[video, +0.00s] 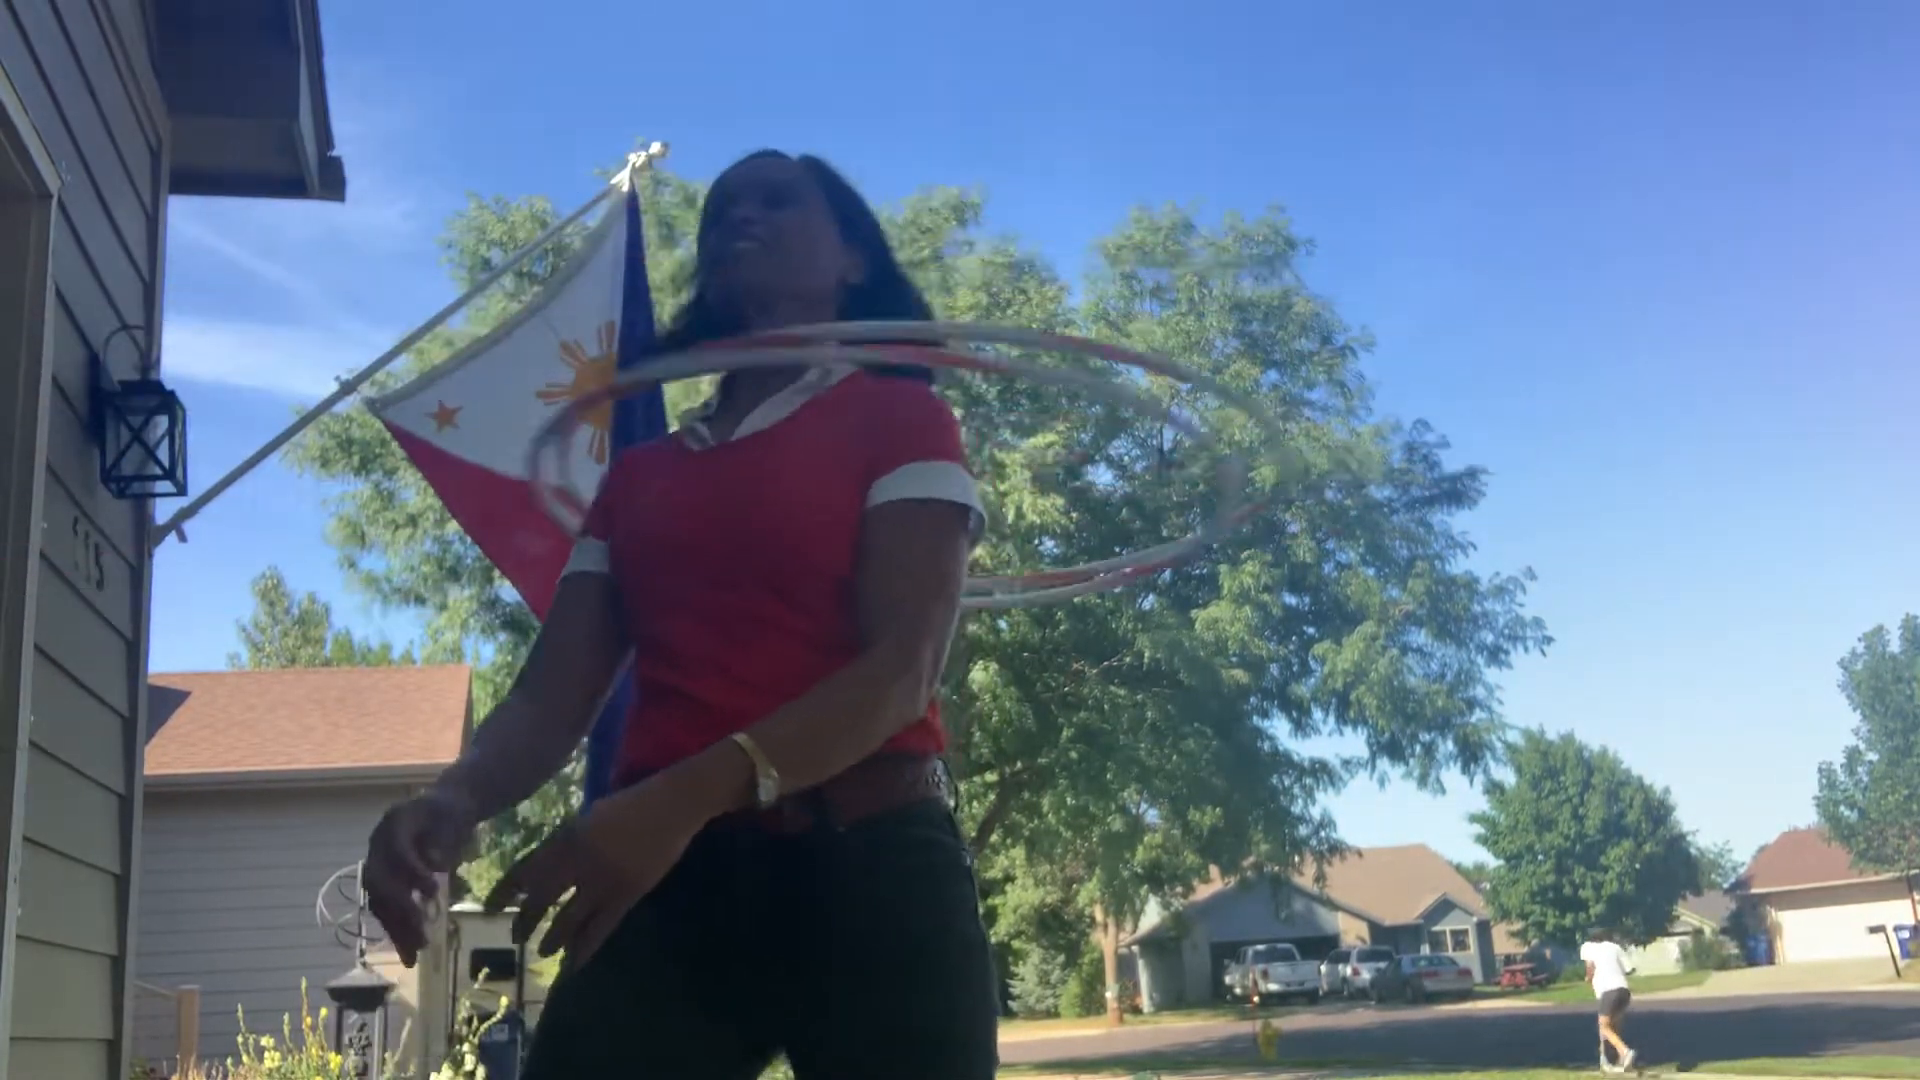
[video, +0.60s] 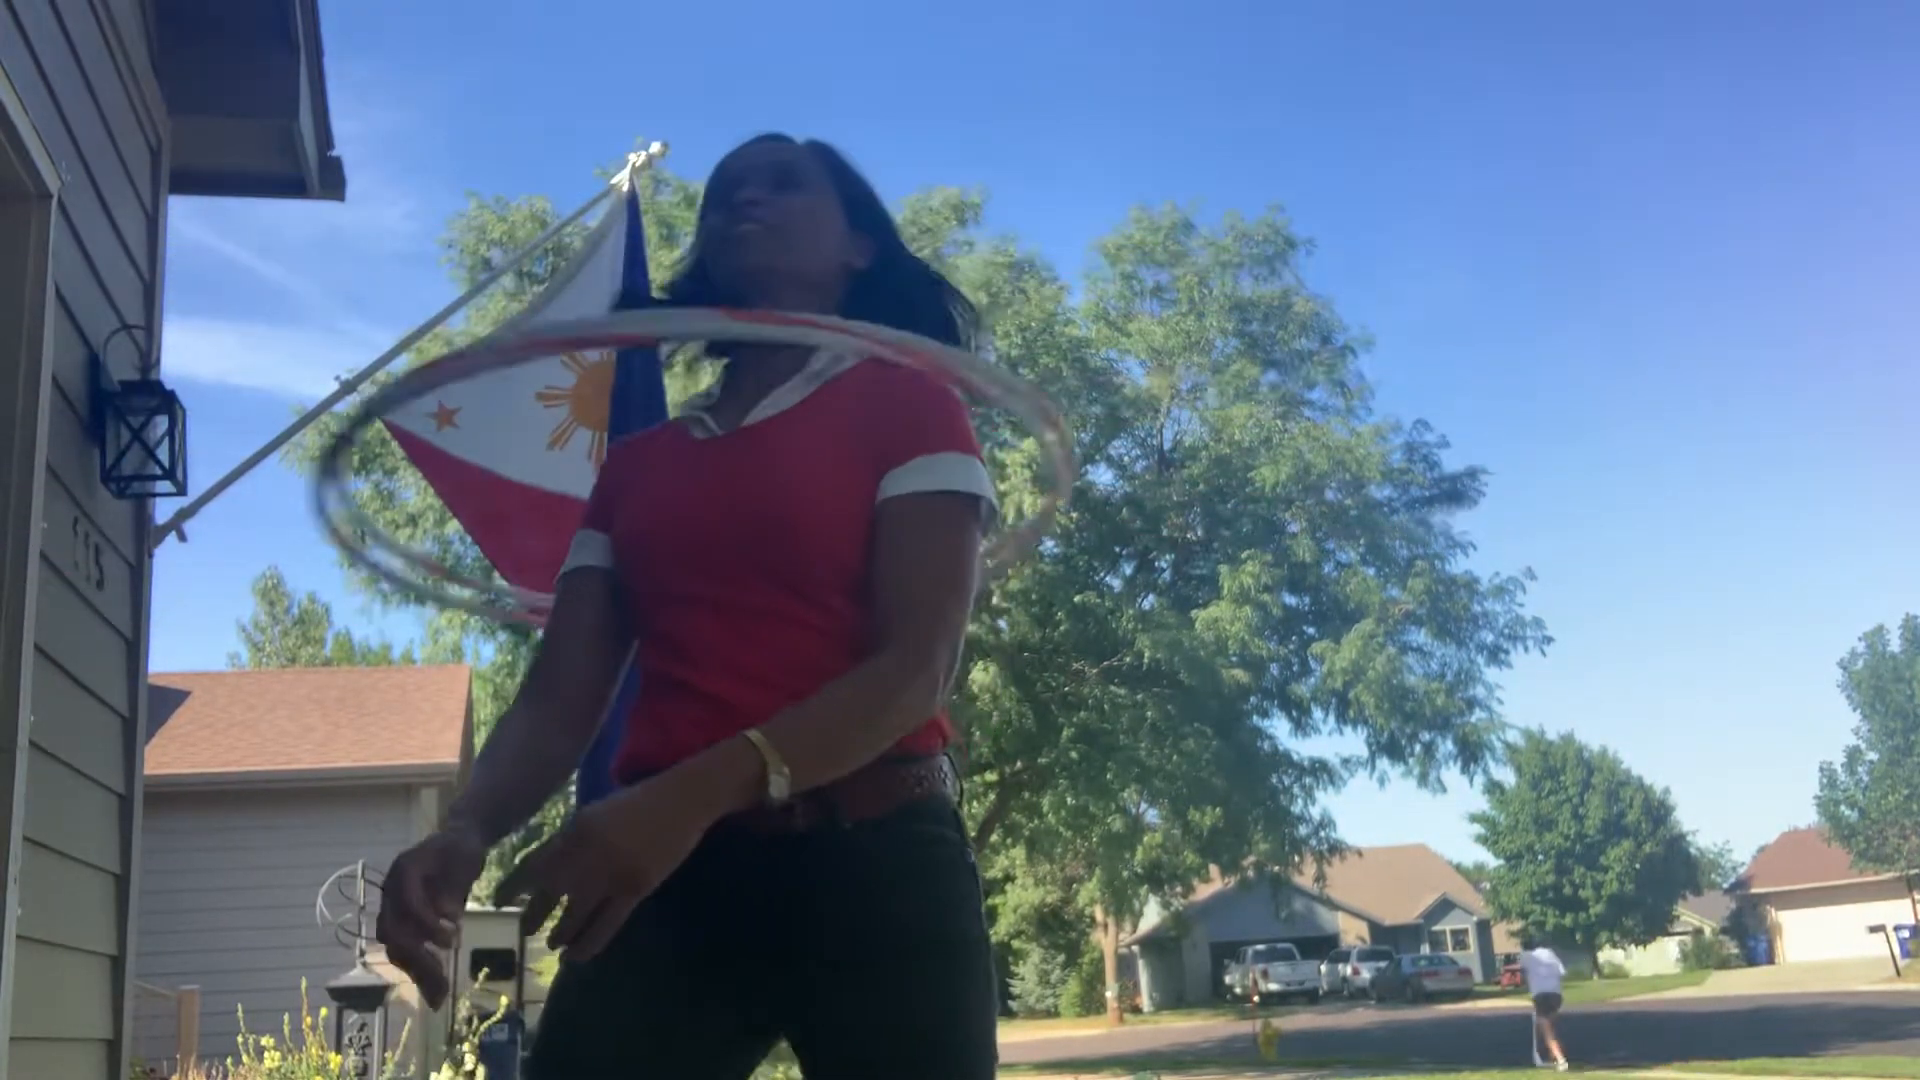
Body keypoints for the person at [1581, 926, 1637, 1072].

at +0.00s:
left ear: (1591, 937)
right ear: (1606, 937)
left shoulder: (1588, 946)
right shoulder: (1615, 946)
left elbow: (1590, 965)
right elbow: (1627, 968)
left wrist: (1589, 978)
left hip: (1608, 988)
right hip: (1624, 987)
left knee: (1604, 1026)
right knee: (1614, 1026)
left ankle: (1625, 1052)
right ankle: (1619, 1062)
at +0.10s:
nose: (1573, 944)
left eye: (1574, 942)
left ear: (1577, 939)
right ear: (1591, 937)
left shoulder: (1577, 947)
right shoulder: (1602, 947)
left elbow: (1580, 963)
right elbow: (1614, 967)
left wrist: (1578, 976)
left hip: (1597, 988)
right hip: (1613, 987)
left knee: (1587, 1023)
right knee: (1602, 1025)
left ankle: (1602, 1060)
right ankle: (1612, 1060)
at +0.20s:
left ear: (1569, 940)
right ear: (1583, 938)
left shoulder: (1566, 948)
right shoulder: (1593, 947)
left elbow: (1569, 962)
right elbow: (1606, 965)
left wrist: (1570, 974)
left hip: (1585, 988)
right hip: (1602, 988)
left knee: (1577, 1025)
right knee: (1594, 1024)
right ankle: (1600, 1060)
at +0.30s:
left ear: (1557, 944)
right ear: (1571, 941)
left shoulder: (1555, 951)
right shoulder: (1582, 948)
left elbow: (1558, 967)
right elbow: (1596, 966)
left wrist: (1562, 981)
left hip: (1574, 989)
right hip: (1591, 989)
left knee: (1566, 1026)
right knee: (1583, 1026)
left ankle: (1565, 1063)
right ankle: (1587, 1060)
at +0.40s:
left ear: (1550, 946)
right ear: (1563, 945)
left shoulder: (1548, 955)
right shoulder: (1572, 952)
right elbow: (1585, 969)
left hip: (1563, 993)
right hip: (1579, 993)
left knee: (1560, 1030)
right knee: (1573, 1030)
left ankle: (1564, 1063)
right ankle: (1578, 1061)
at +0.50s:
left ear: (1543, 947)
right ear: (1555, 945)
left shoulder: (1545, 957)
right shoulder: (1565, 956)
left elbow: (1531, 960)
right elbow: (1573, 971)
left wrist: (1531, 949)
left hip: (1552, 995)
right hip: (1567, 994)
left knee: (1553, 1032)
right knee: (1555, 1030)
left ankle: (1565, 1064)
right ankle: (1557, 1060)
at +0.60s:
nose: (1524, 951)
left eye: (1524, 948)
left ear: (1526, 946)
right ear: (1539, 944)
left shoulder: (1527, 956)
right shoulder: (1549, 953)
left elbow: (1521, 967)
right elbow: (1562, 971)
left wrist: (1505, 969)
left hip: (1540, 993)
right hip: (1556, 993)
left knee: (1547, 1029)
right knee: (1546, 1025)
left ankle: (1560, 1059)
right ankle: (1552, 1058)